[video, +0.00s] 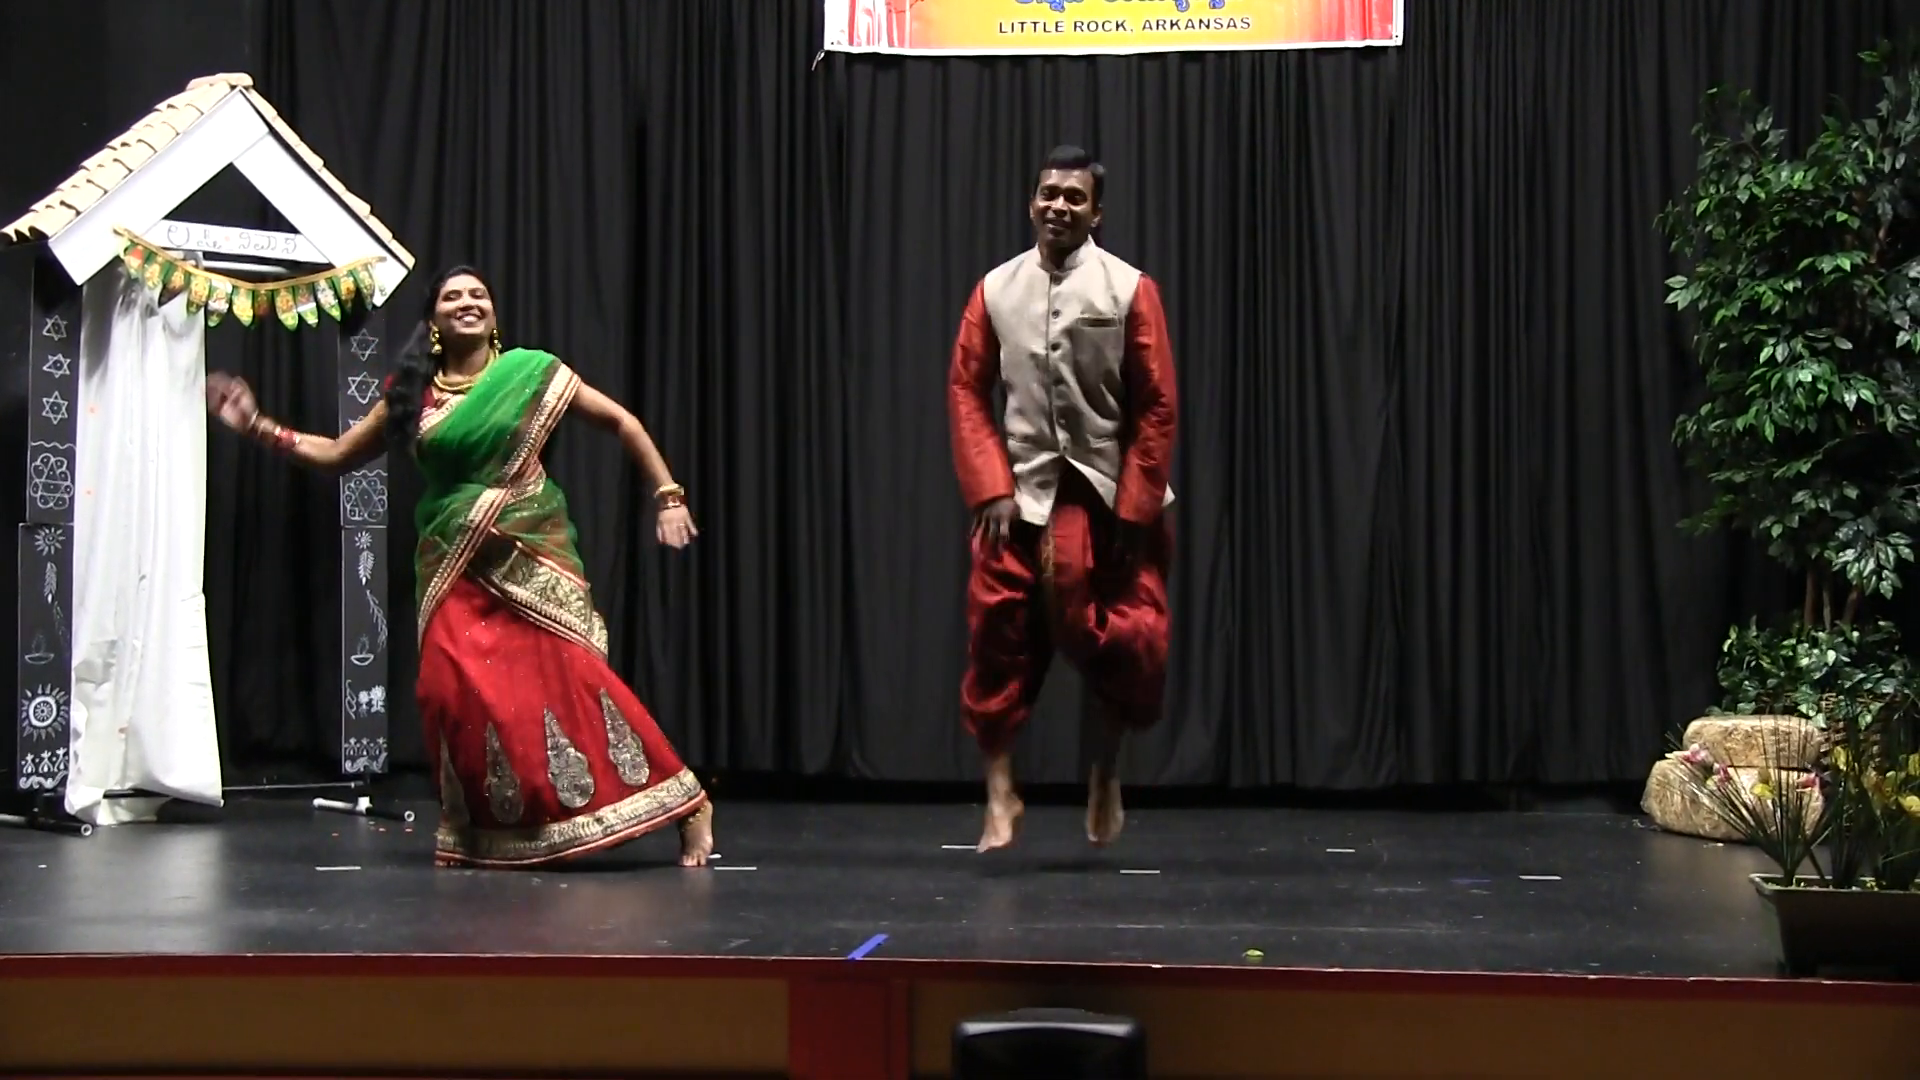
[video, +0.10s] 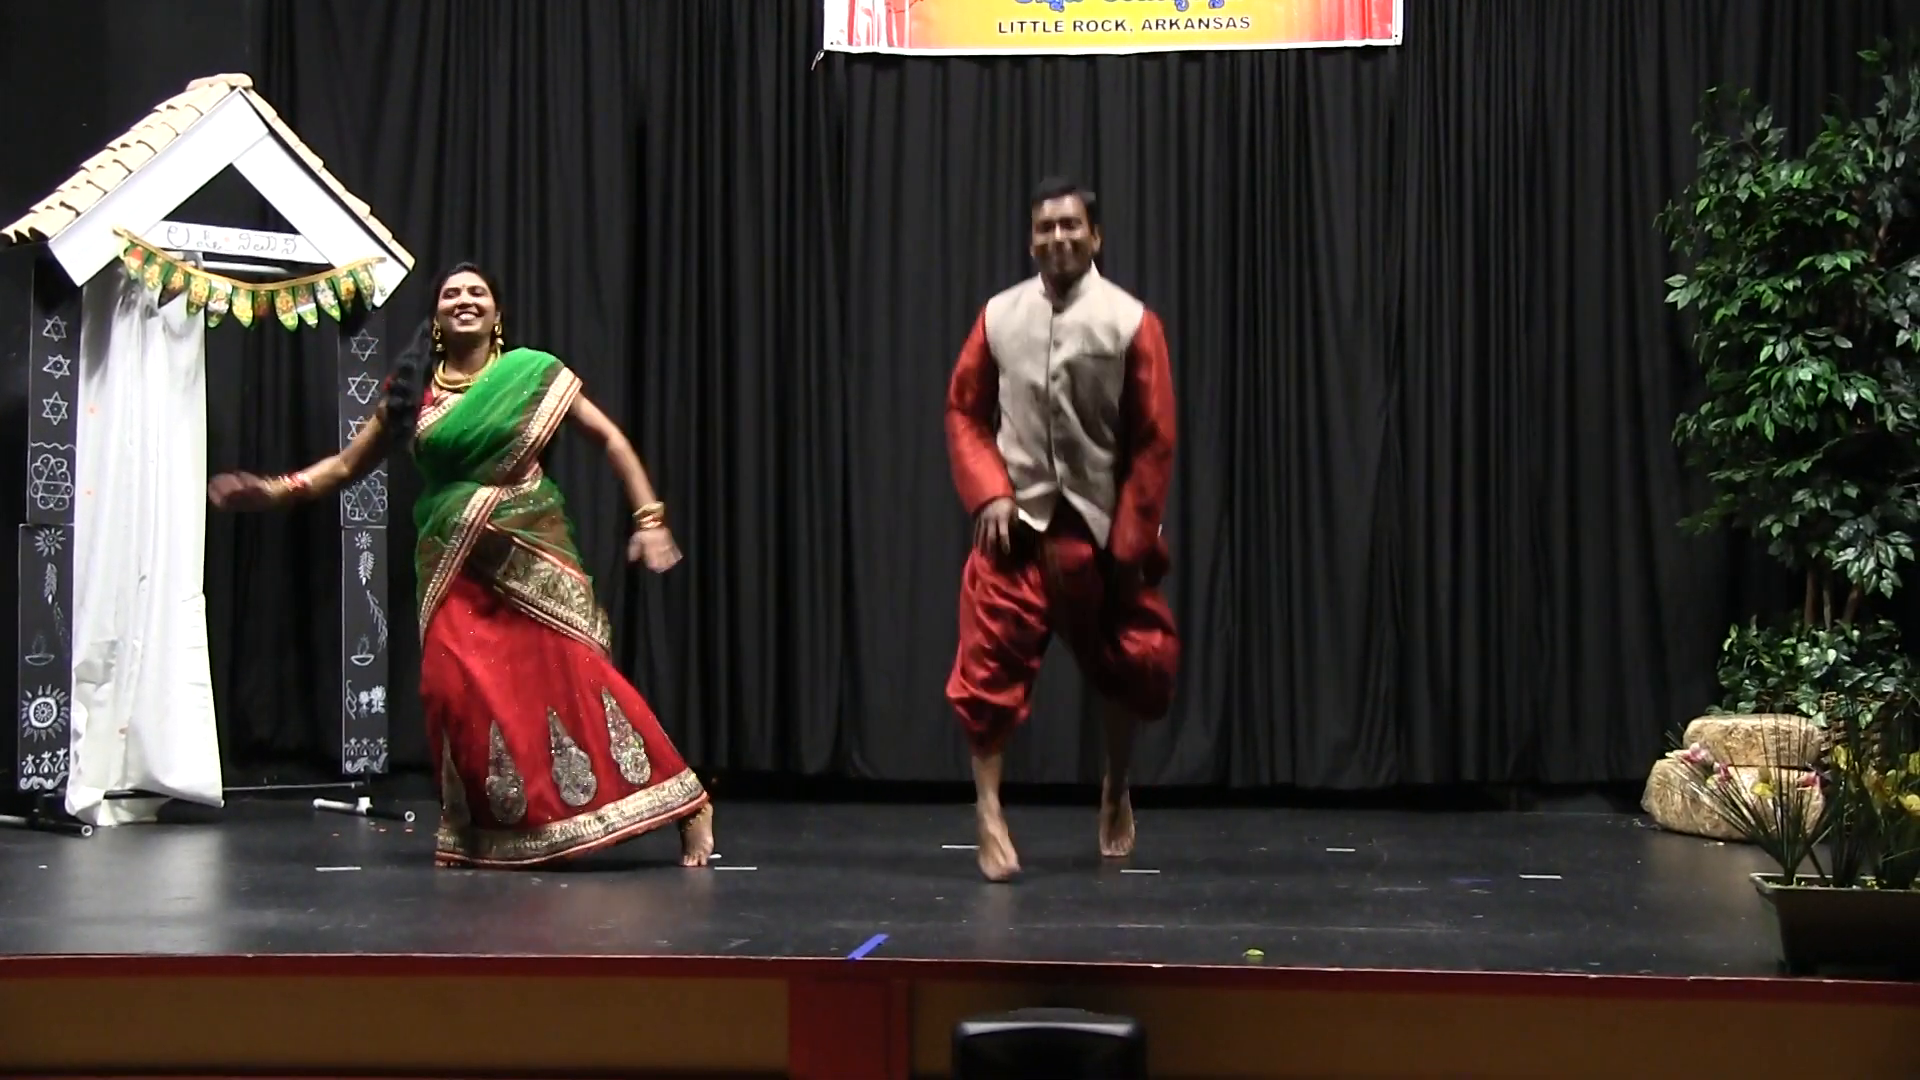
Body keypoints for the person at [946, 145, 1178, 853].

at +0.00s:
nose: (1057, 205)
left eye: (1072, 196)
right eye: (1047, 194)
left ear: (1095, 210)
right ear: (1032, 204)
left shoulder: (1129, 291)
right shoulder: (997, 289)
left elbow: (1158, 404)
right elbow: (966, 391)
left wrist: (1139, 502)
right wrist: (988, 483)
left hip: (1103, 485)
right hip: (1015, 483)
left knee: (1126, 634)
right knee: (995, 624)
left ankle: (1105, 775)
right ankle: (999, 794)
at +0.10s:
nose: (1057, 236)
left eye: (1069, 225)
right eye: (1045, 227)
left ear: (1095, 235)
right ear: (1031, 239)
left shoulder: (1133, 324)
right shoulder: (1000, 317)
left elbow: (1156, 440)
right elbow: (965, 414)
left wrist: (1131, 542)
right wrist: (988, 495)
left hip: (1103, 527)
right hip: (1013, 522)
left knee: (1128, 665)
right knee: (990, 662)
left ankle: (1115, 791)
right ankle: (990, 820)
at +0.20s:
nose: (1061, 305)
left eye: (1074, 293)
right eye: (1050, 294)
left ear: (1099, 305)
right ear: (1035, 304)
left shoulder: (1130, 396)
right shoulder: (997, 384)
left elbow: (1149, 511)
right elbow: (954, 479)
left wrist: (1126, 616)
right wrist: (997, 553)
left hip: (1097, 595)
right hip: (1013, 586)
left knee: (1120, 712)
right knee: (992, 708)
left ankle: (1115, 807)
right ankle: (999, 839)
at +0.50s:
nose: (1069, 452)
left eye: (1084, 442)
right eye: (1058, 440)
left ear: (1106, 457)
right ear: (1042, 450)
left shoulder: (1127, 543)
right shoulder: (993, 515)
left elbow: (1137, 661)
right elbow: (954, 604)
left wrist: (1120, 766)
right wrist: (1012, 640)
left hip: (1081, 700)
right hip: (1002, 690)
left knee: (1116, 834)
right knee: (1022, 678)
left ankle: (1122, 837)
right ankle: (1008, 851)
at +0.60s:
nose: (1065, 452)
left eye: (1079, 441)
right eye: (1053, 441)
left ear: (1103, 455)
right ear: (1038, 453)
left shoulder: (1124, 542)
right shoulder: (990, 516)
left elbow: (1135, 661)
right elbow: (952, 605)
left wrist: (1118, 769)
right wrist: (1006, 640)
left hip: (1080, 701)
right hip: (1002, 687)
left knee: (1113, 837)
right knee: (1016, 676)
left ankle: (1124, 838)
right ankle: (1005, 849)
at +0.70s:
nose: (1056, 437)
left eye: (1069, 427)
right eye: (1044, 427)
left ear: (1092, 441)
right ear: (1028, 440)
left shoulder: (1117, 529)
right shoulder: (984, 509)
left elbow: (1134, 647)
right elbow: (947, 602)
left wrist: (1117, 753)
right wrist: (1003, 642)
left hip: (1075, 689)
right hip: (1000, 676)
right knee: (1013, 678)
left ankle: (1126, 839)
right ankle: (1003, 847)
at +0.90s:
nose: (1033, 347)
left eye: (1046, 337)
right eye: (1022, 336)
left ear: (1065, 353)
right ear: (1004, 351)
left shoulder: (1103, 434)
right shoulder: (973, 438)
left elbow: (1126, 546)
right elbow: (959, 547)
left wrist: (1124, 647)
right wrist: (993, 631)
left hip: (1078, 608)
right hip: (1003, 608)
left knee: (1085, 697)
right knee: (1002, 688)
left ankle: (1114, 816)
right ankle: (1002, 849)